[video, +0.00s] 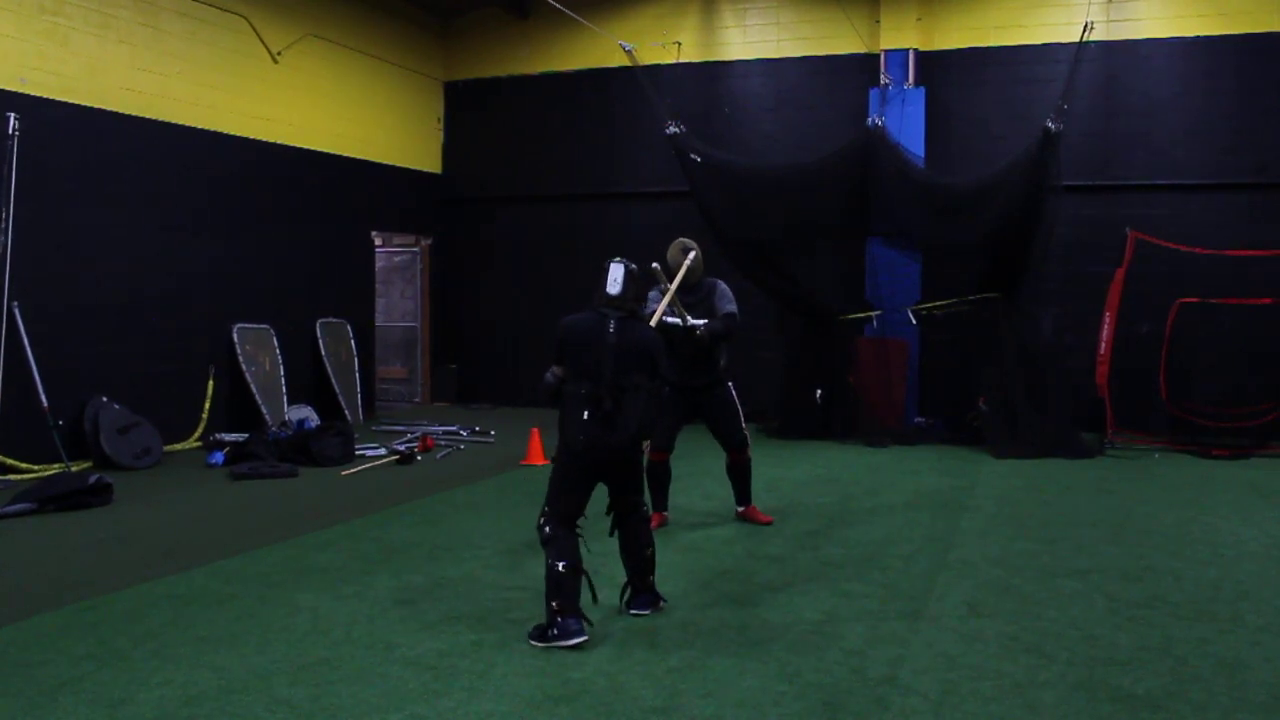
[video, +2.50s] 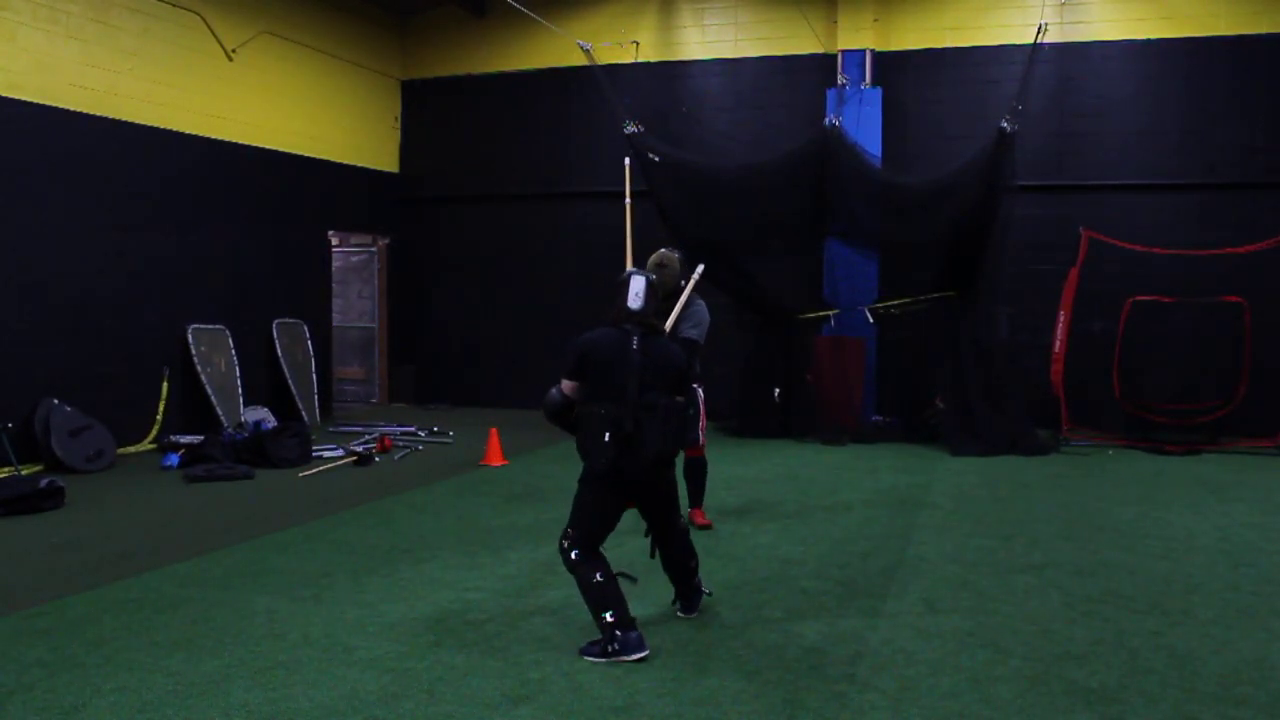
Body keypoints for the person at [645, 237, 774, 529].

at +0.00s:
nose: (690, 273)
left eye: (694, 267)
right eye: (683, 268)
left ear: (701, 266)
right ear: (672, 269)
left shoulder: (716, 289)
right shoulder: (659, 295)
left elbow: (730, 320)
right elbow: (650, 324)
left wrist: (705, 329)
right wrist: (675, 323)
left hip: (713, 383)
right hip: (672, 384)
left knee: (738, 443)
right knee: (659, 448)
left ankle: (744, 506)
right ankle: (658, 512)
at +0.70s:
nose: (672, 279)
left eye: (677, 273)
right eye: (667, 273)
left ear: (686, 270)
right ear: (658, 270)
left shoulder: (702, 294)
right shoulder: (642, 297)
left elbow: (708, 325)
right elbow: (625, 322)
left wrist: (668, 333)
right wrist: (645, 325)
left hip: (694, 390)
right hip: (652, 390)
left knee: (710, 454)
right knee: (632, 454)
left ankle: (707, 508)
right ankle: (615, 516)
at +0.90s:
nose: (640, 272)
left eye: (646, 265)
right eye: (634, 268)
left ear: (658, 273)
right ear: (626, 276)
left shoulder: (676, 301)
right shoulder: (617, 308)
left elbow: (682, 330)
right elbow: (601, 334)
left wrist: (634, 321)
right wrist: (612, 298)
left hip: (668, 401)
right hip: (627, 403)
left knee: (689, 463)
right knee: (612, 468)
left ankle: (700, 509)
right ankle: (605, 535)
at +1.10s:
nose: (625, 271)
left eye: (629, 266)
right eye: (617, 268)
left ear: (639, 277)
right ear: (605, 282)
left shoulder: (657, 306)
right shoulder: (595, 311)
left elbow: (657, 334)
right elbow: (589, 332)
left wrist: (617, 344)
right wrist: (597, 343)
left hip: (651, 407)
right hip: (609, 410)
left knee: (677, 468)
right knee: (593, 474)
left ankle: (682, 510)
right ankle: (599, 536)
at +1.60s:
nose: (649, 277)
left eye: (654, 272)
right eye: (645, 272)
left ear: (665, 275)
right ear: (636, 276)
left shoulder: (687, 307)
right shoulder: (623, 309)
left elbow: (696, 350)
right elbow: (601, 353)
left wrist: (651, 358)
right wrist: (616, 339)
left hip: (678, 401)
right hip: (634, 402)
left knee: (695, 472)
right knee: (616, 469)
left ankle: (697, 510)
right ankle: (603, 531)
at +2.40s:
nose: (665, 286)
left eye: (671, 280)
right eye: (661, 280)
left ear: (681, 282)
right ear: (652, 283)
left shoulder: (696, 312)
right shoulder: (644, 308)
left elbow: (688, 355)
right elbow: (627, 350)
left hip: (688, 392)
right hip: (650, 391)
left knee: (698, 447)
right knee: (643, 446)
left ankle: (696, 509)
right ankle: (635, 494)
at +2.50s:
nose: (659, 276)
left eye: (665, 270)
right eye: (655, 270)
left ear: (678, 276)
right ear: (648, 275)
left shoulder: (694, 307)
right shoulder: (642, 302)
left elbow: (683, 354)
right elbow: (629, 339)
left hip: (685, 386)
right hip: (646, 386)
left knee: (694, 445)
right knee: (649, 447)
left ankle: (696, 508)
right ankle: (653, 507)